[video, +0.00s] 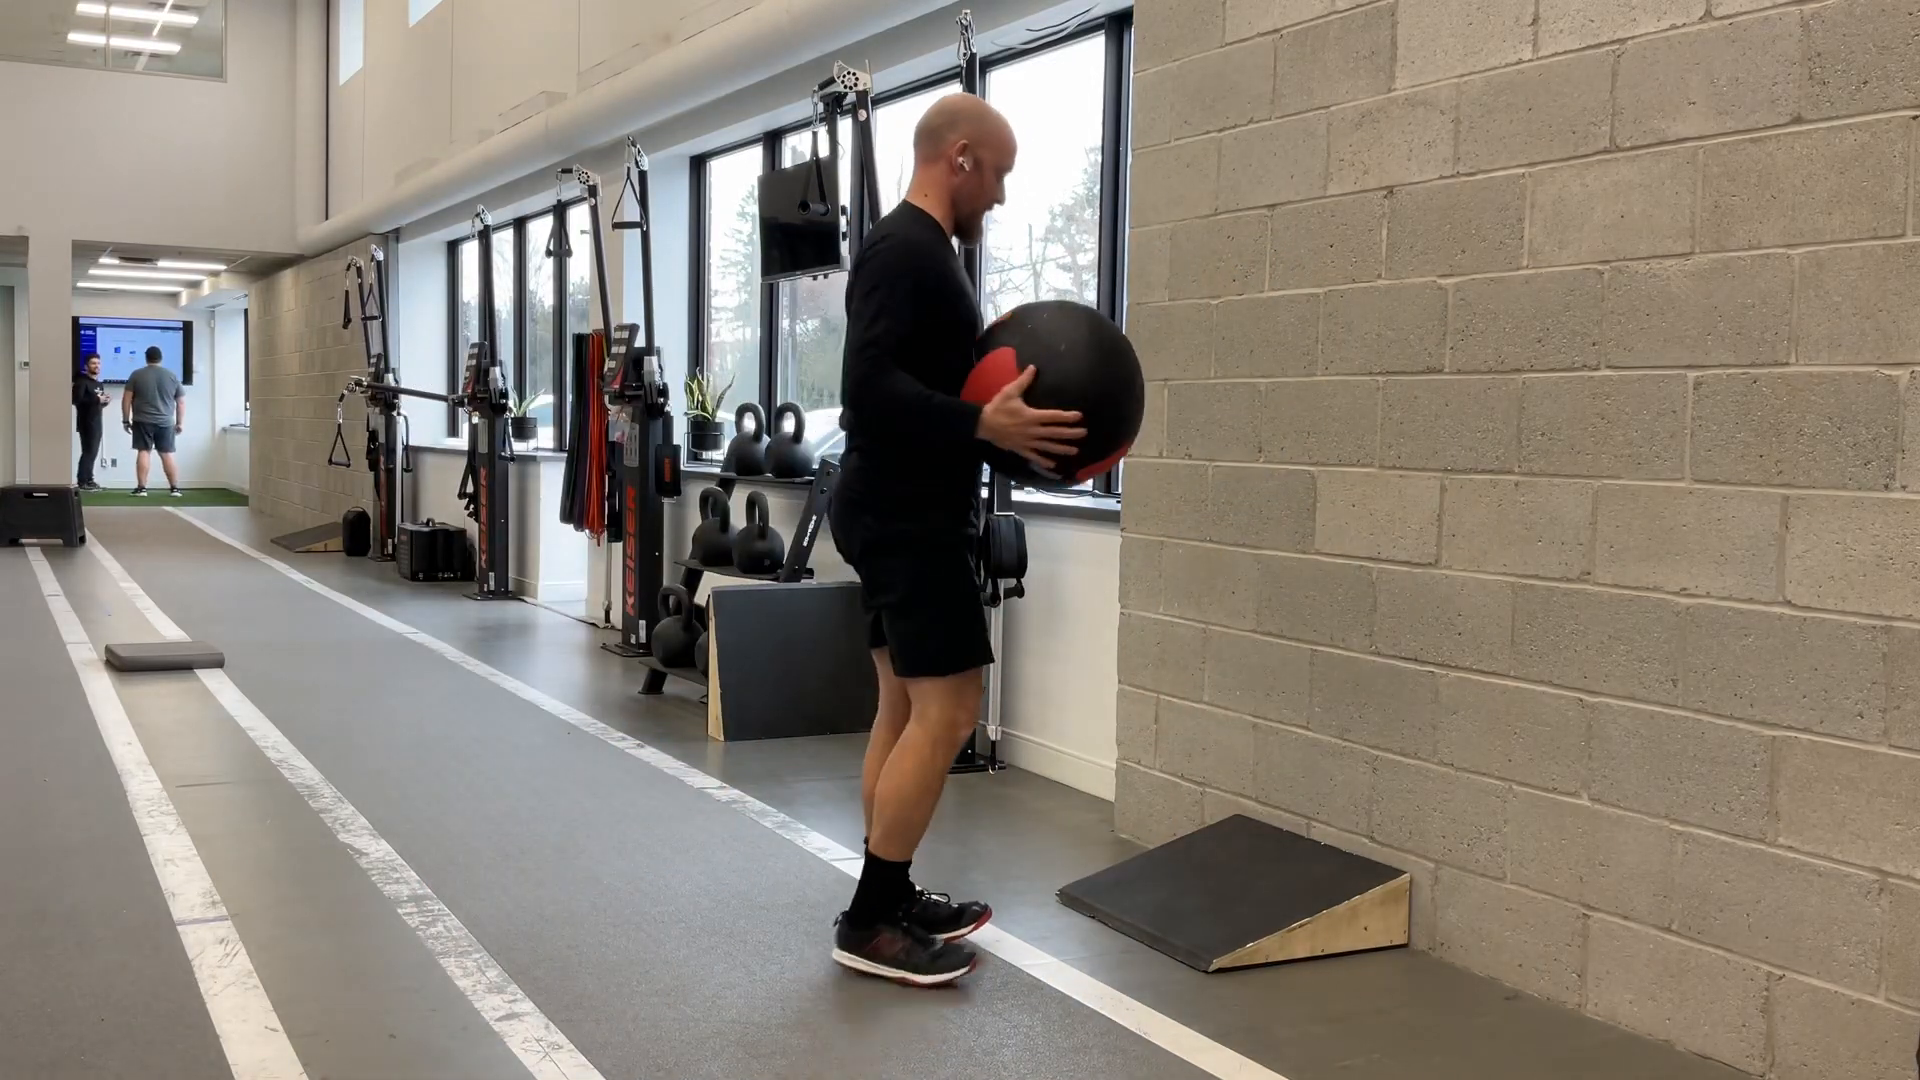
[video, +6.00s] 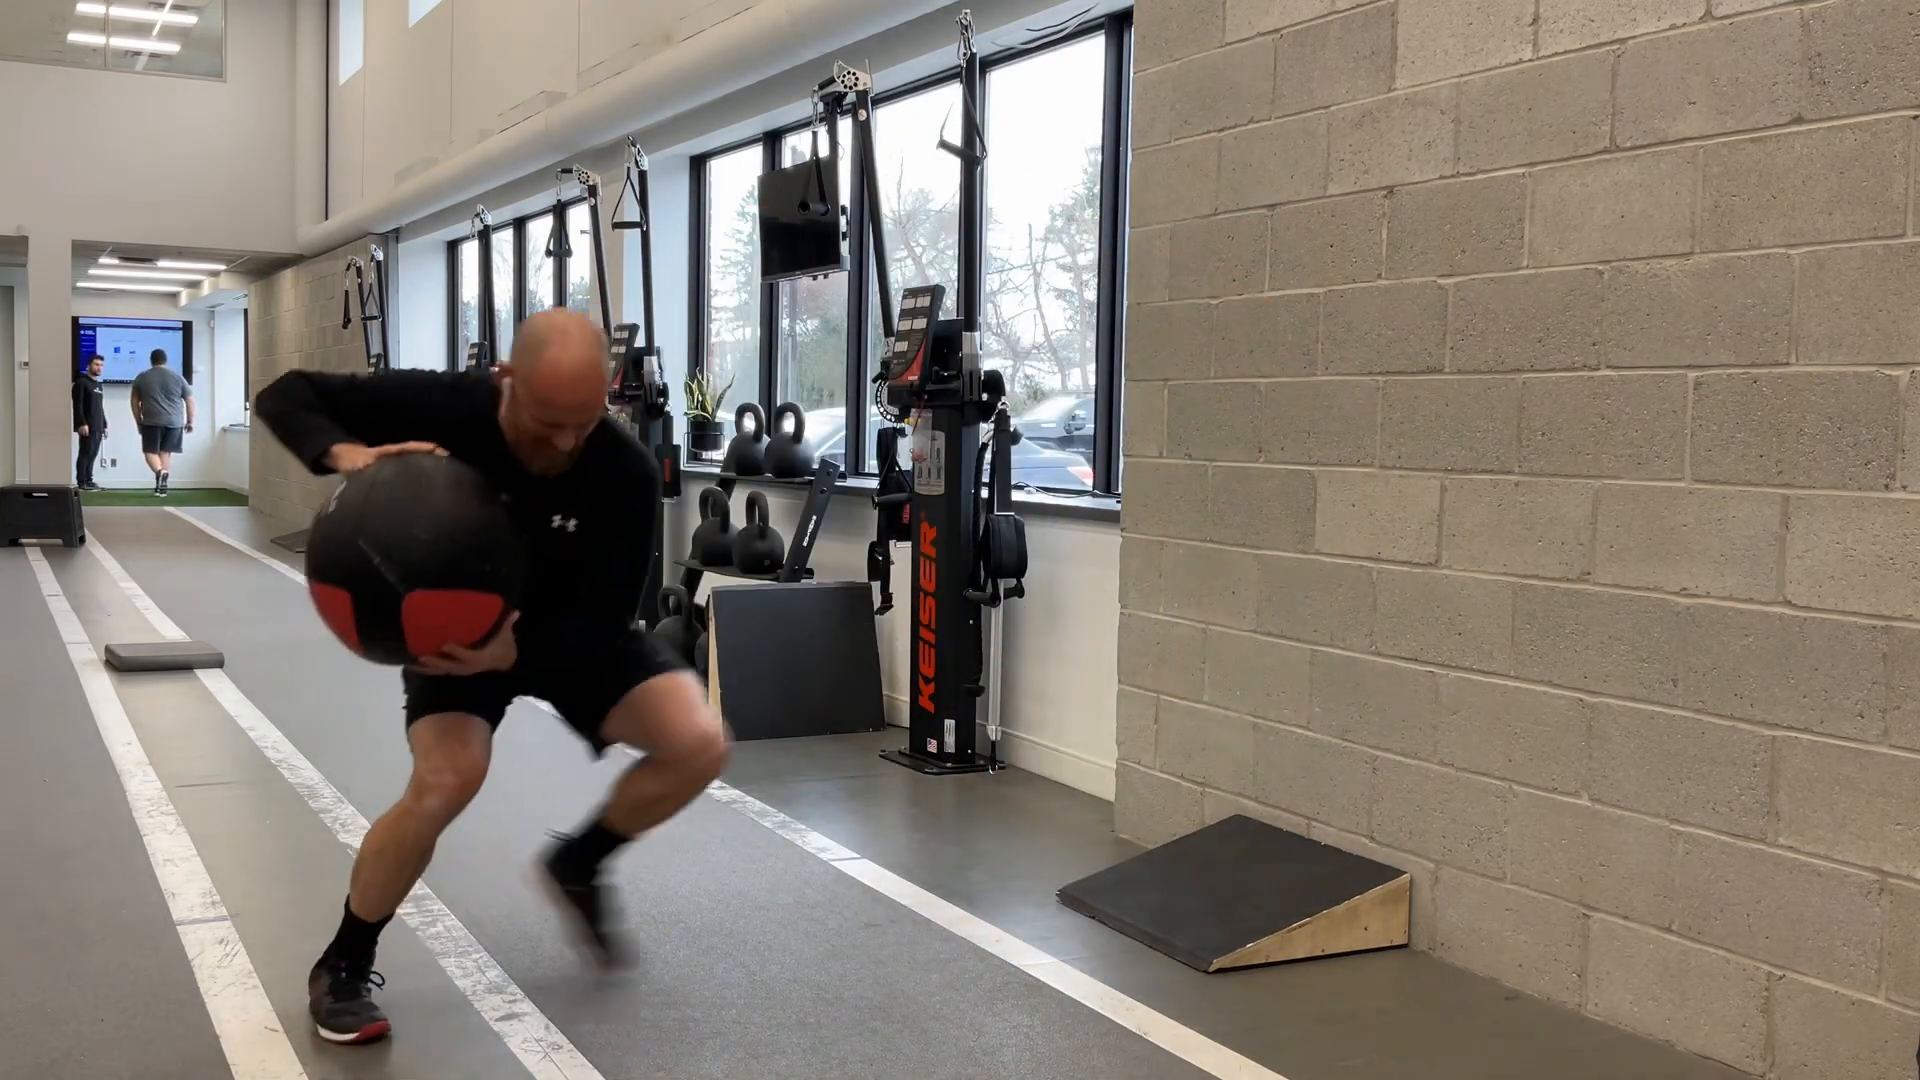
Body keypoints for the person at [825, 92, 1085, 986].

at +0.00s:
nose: (1000, 194)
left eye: (1003, 177)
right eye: (997, 174)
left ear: (948, 160)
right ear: (956, 162)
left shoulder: (926, 249)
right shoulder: (905, 250)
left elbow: (948, 382)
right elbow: (872, 390)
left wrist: (1053, 424)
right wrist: (981, 420)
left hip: (902, 507)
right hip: (908, 512)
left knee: (903, 708)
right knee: (948, 710)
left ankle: (891, 896)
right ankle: (870, 920)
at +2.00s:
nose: (645, 389)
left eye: (663, 371)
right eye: (627, 370)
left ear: (691, 347)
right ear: (593, 344)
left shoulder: (717, 446)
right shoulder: (535, 407)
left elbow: (733, 585)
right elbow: (421, 497)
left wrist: (683, 658)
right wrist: (519, 527)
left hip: (640, 632)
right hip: (528, 616)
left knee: (663, 801)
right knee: (513, 781)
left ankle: (516, 869)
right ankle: (406, 949)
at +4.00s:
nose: (1209, 228)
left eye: (1215, 212)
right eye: (1204, 210)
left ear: (1161, 196)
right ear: (1155, 193)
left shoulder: (1148, 282)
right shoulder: (1084, 281)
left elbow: (1147, 405)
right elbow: (1104, 410)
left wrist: (1237, 426)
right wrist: (1196, 382)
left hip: (1123, 503)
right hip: (1051, 509)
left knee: (1165, 667)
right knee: (1075, 696)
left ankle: (1153, 841)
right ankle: (988, 896)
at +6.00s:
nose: (565, 443)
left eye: (582, 427)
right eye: (547, 425)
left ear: (607, 395)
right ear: (506, 383)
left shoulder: (626, 474)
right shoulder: (459, 407)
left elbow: (609, 616)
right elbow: (283, 397)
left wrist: (516, 651)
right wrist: (339, 452)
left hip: (579, 629)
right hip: (457, 634)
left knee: (699, 746)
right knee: (447, 780)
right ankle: (345, 965)